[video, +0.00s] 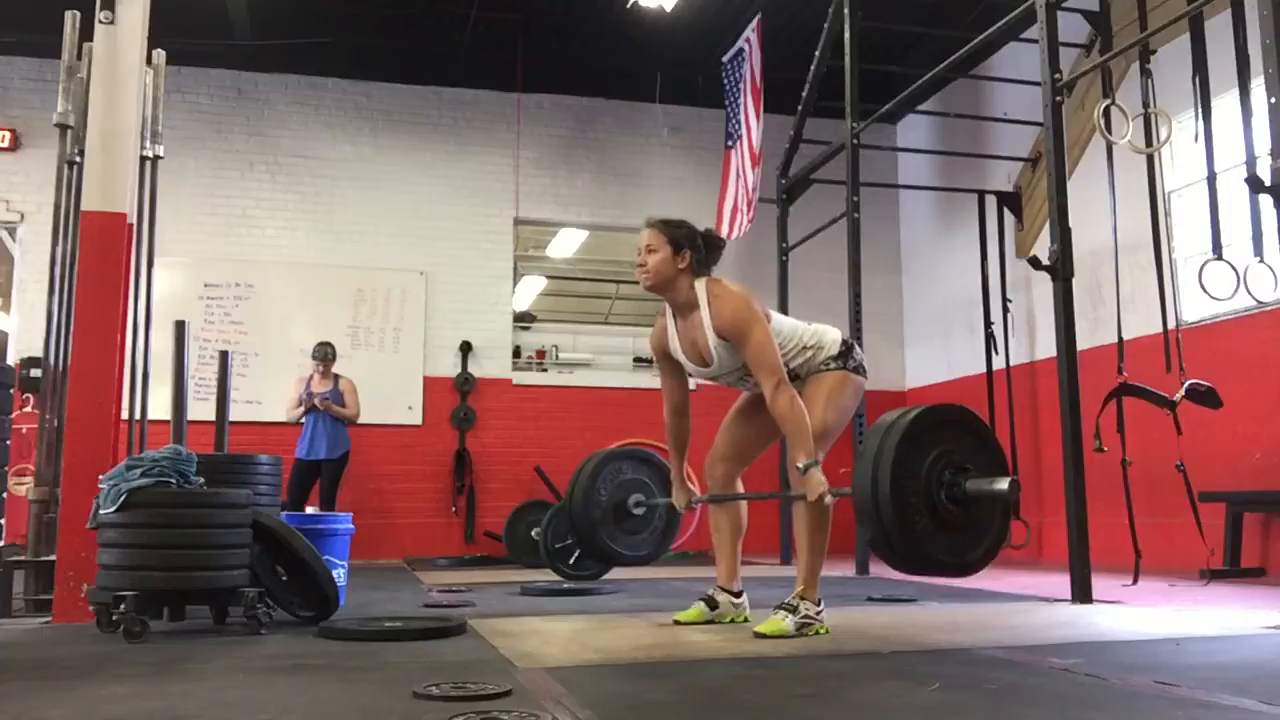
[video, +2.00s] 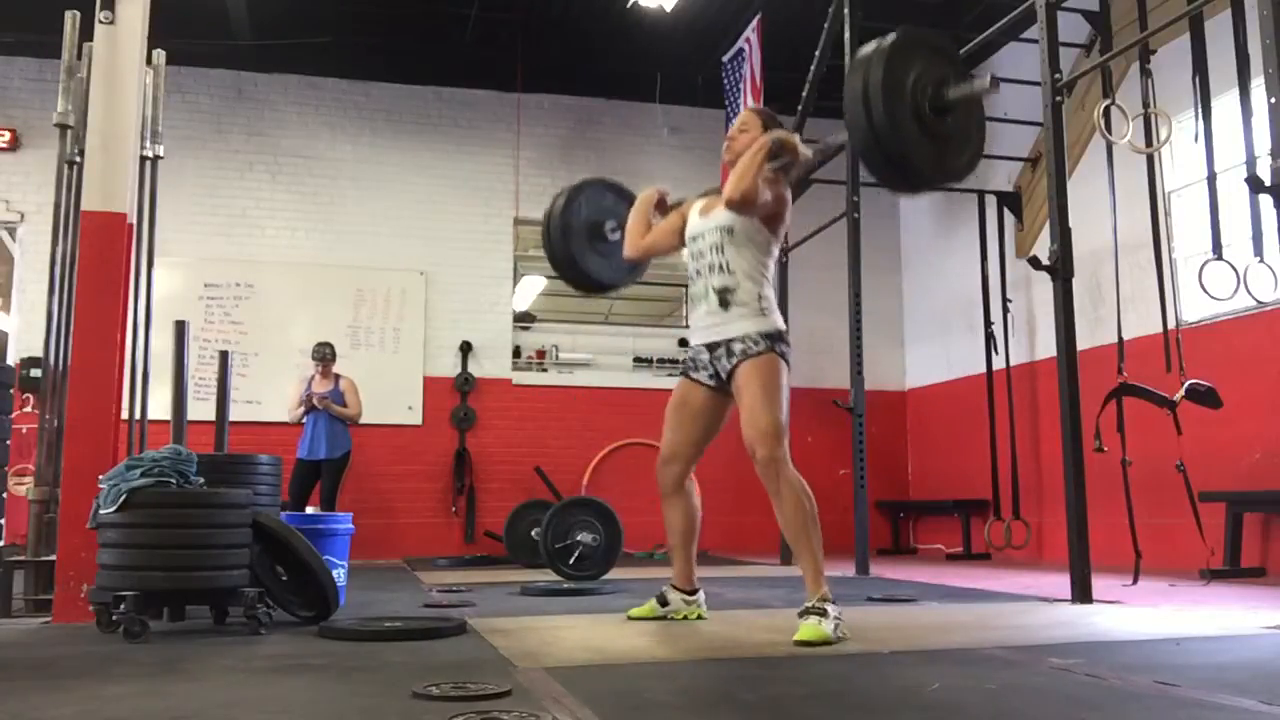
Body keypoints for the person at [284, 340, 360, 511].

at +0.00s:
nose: (321, 369)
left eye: (326, 365)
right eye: (318, 365)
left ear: (333, 362)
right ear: (313, 361)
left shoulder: (345, 384)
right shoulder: (303, 383)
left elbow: (354, 415)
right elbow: (290, 416)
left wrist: (329, 407)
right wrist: (304, 407)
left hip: (335, 450)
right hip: (308, 450)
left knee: (327, 501)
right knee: (294, 499)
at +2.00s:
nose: (321, 370)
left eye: (325, 366)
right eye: (317, 365)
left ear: (333, 363)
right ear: (313, 362)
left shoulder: (345, 384)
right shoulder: (306, 383)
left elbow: (355, 415)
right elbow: (292, 418)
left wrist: (329, 406)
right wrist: (304, 407)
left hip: (335, 450)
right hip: (309, 449)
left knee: (327, 501)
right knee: (296, 498)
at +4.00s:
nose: (321, 369)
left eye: (325, 365)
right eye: (317, 365)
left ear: (333, 362)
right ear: (313, 363)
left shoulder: (346, 383)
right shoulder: (306, 383)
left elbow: (356, 415)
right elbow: (293, 417)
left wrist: (329, 406)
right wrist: (305, 407)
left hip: (336, 449)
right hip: (309, 449)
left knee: (327, 502)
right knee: (296, 500)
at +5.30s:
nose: (321, 370)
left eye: (325, 366)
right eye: (317, 365)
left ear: (334, 362)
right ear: (313, 362)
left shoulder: (346, 384)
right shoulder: (307, 383)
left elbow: (357, 415)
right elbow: (293, 416)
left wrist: (329, 405)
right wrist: (306, 405)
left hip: (336, 450)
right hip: (309, 449)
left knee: (327, 503)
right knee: (295, 500)